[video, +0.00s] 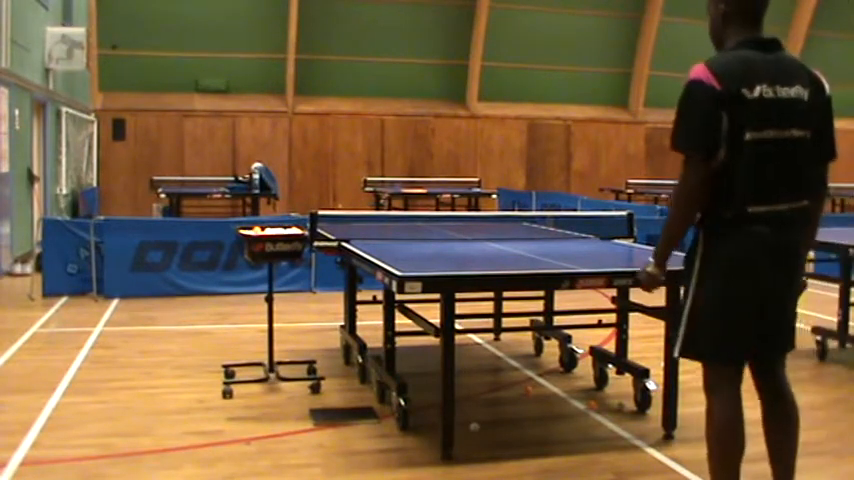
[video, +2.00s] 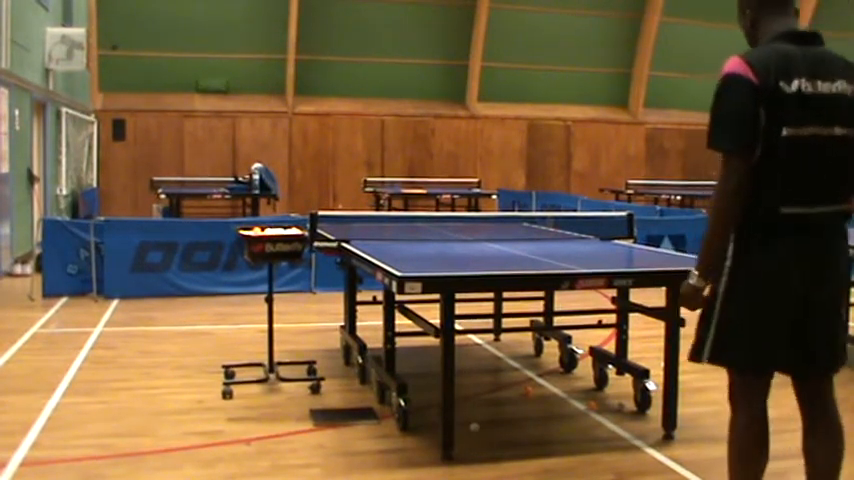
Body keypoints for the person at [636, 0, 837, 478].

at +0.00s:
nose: (708, 20)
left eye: (709, 11)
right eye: (710, 12)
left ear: (720, 12)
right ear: (760, 16)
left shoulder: (711, 78)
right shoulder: (811, 81)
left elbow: (695, 179)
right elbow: (818, 184)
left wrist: (659, 260)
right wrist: (800, 249)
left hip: (728, 251)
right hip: (787, 251)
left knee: (721, 382)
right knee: (771, 372)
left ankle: (723, 474)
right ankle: (784, 474)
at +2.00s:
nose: (742, 28)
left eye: (742, 18)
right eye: (743, 19)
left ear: (749, 15)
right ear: (795, 13)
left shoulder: (748, 70)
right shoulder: (844, 71)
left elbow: (732, 182)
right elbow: (845, 181)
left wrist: (703, 275)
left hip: (761, 259)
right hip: (827, 257)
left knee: (747, 396)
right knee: (818, 395)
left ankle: (744, 477)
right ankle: (824, 475)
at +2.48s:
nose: (775, 29)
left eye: (775, 19)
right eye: (775, 20)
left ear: (785, 16)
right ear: (825, 14)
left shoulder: (786, 65)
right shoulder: (851, 59)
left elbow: (792, 157)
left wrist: (749, 215)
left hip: (800, 247)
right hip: (848, 248)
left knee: (768, 396)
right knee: (840, 399)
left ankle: (759, 477)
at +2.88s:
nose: (762, 24)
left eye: (763, 14)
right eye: (762, 15)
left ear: (777, 14)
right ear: (816, 15)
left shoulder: (778, 69)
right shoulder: (850, 67)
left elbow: (758, 172)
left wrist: (731, 142)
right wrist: (747, 140)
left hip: (788, 245)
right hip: (844, 243)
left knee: (751, 391)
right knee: (831, 391)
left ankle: (727, 473)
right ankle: (833, 475)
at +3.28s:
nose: (706, 26)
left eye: (708, 18)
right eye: (709, 19)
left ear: (718, 18)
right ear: (761, 17)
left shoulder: (710, 73)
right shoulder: (813, 77)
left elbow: (677, 159)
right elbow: (810, 153)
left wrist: (697, 78)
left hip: (723, 239)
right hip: (783, 239)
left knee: (716, 380)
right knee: (767, 366)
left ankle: (710, 477)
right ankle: (791, 472)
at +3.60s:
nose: (675, 26)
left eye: (677, 17)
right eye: (677, 17)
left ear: (688, 19)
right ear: (727, 20)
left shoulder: (673, 80)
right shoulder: (776, 80)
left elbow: (625, 163)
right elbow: (774, 162)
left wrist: (655, 119)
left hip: (696, 233)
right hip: (750, 233)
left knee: (696, 363)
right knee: (724, 356)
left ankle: (705, 472)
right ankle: (708, 465)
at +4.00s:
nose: (659, 42)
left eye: (661, 34)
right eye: (660, 34)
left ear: (674, 32)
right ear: (707, 34)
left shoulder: (668, 84)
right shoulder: (746, 93)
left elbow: (636, 166)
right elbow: (730, 163)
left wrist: (614, 141)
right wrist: (655, 137)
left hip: (674, 233)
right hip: (727, 236)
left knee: (617, 351)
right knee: (698, 351)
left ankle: (670, 462)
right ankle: (692, 465)